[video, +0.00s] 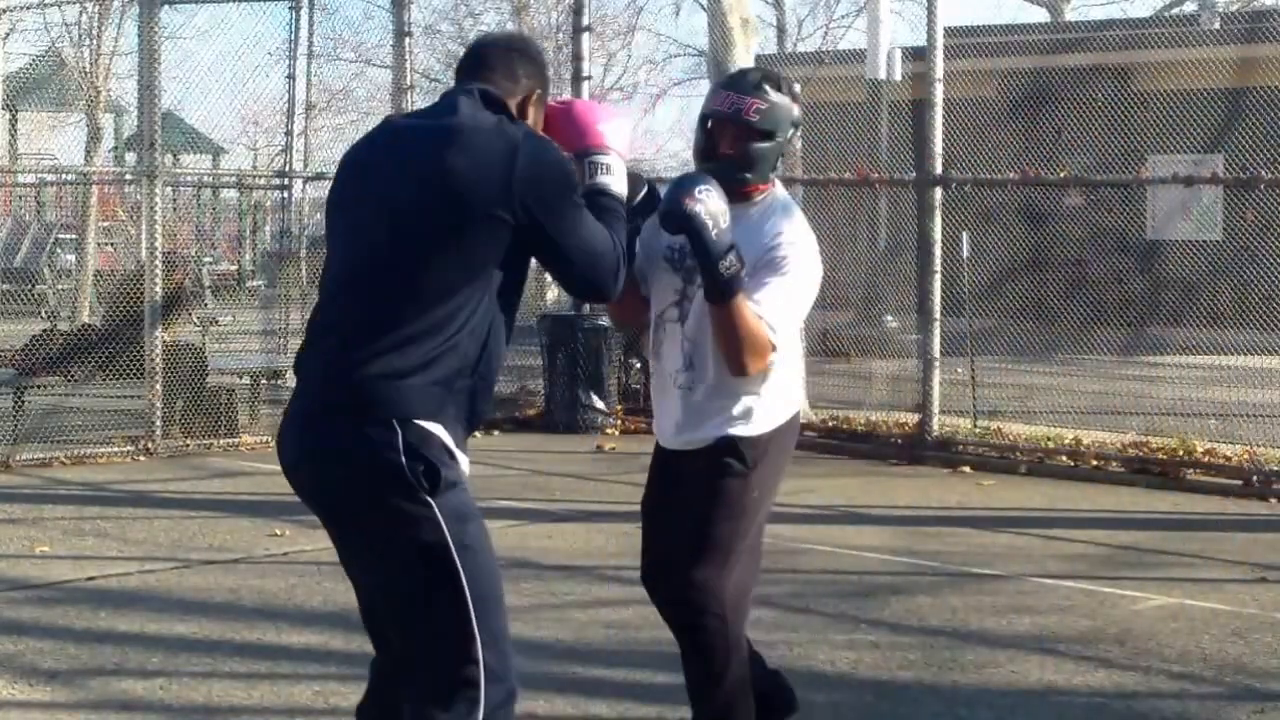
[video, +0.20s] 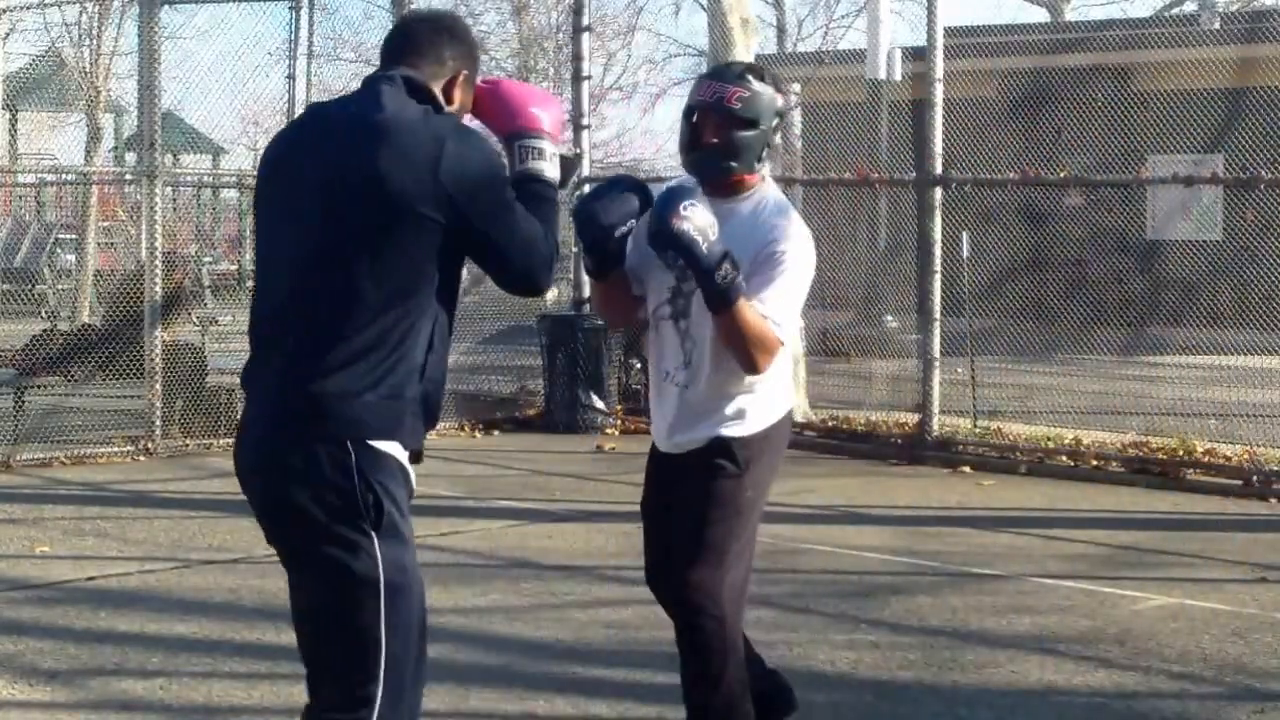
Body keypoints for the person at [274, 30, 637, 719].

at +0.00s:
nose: (540, 123)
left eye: (540, 114)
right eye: (542, 111)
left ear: (461, 84)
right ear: (529, 101)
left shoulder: (371, 147)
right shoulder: (521, 156)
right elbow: (600, 276)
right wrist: (600, 183)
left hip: (317, 428)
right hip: (398, 435)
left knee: (404, 660)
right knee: (478, 678)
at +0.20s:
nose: (472, 107)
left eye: (472, 95)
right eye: (472, 93)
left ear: (384, 68)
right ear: (455, 84)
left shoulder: (291, 140)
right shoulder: (445, 145)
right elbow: (531, 270)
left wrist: (464, 147)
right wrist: (538, 159)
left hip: (270, 439)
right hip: (353, 450)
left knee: (341, 679)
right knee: (381, 689)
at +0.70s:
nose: (441, 134)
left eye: (448, 120)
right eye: (446, 117)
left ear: (372, 73)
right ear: (425, 91)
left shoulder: (273, 133)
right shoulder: (389, 138)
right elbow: (481, 273)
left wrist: (433, 170)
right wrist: (511, 173)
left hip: (213, 418)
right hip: (269, 430)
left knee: (342, 616)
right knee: (283, 671)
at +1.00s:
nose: (382, 128)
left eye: (386, 112)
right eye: (384, 110)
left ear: (301, 73)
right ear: (359, 86)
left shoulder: (214, 130)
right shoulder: (333, 138)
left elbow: (306, 197)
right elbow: (417, 271)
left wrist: (413, 158)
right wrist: (470, 192)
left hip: (158, 421)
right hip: (216, 435)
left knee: (305, 628)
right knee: (209, 679)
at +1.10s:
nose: (333, 116)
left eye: (340, 101)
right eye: (337, 99)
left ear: (264, 63)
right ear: (312, 76)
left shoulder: (179, 121)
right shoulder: (268, 137)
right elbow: (394, 238)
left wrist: (361, 163)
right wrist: (444, 173)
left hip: (207, 452)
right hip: (156, 450)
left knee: (282, 674)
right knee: (178, 695)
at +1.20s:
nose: (308, 102)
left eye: (315, 87)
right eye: (311, 85)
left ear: (233, 52)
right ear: (282, 64)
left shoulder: (142, 114)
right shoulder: (225, 134)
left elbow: (208, 225)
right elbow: (339, 261)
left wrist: (292, 150)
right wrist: (395, 184)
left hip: (171, 439)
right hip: (127, 446)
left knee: (243, 633)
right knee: (160, 685)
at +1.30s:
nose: (284, 99)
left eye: (294, 82)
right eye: (288, 79)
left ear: (218, 52)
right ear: (254, 59)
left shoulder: (144, 105)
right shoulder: (178, 129)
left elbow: (184, 253)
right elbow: (272, 278)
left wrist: (262, 173)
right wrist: (344, 200)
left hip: (157, 425)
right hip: (100, 441)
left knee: (235, 606)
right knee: (144, 688)